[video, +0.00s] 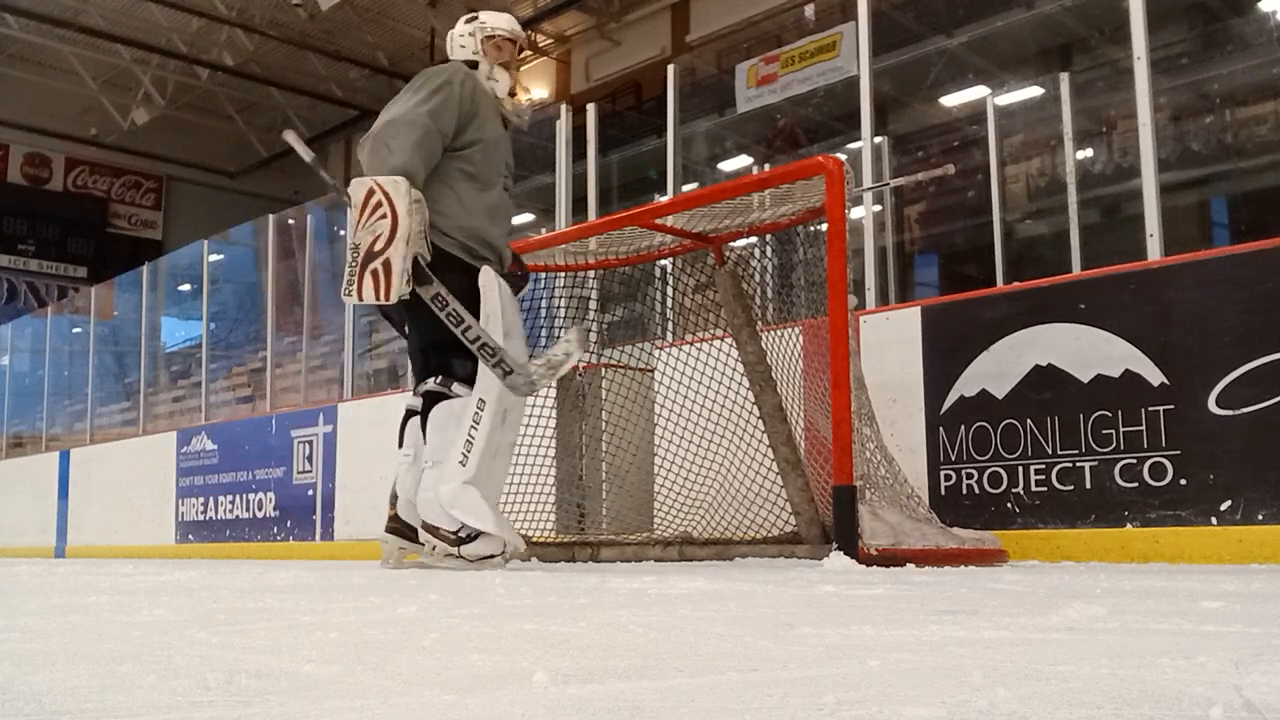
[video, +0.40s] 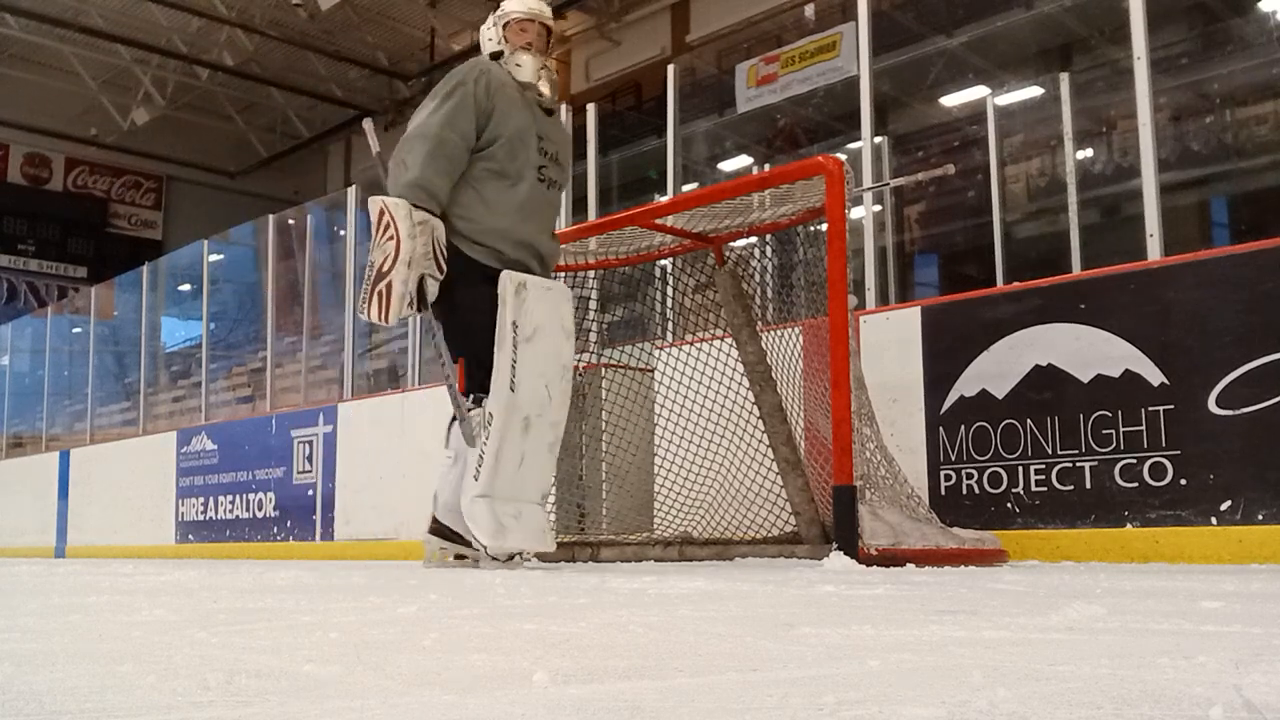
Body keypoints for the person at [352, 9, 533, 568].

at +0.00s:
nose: (509, 54)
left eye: (514, 49)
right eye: (500, 43)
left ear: (514, 57)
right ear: (471, 43)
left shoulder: (487, 111)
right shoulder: (453, 80)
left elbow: (468, 197)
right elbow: (398, 137)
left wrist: (501, 257)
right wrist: (386, 225)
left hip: (449, 261)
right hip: (445, 254)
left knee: (441, 389)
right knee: (483, 379)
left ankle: (411, 513)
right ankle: (450, 511)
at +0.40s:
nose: (525, 32)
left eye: (535, 24)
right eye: (515, 23)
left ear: (548, 35)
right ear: (499, 31)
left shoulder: (549, 110)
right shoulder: (478, 77)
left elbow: (540, 192)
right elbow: (428, 148)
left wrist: (541, 260)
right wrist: (409, 236)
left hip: (525, 267)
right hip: (469, 257)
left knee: (510, 397)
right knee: (492, 396)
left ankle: (458, 525)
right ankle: (474, 526)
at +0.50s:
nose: (533, 29)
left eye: (542, 22)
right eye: (522, 19)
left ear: (553, 34)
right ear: (503, 28)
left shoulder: (565, 113)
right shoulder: (483, 73)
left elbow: (562, 190)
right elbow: (438, 139)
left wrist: (553, 246)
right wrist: (422, 218)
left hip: (545, 268)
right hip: (482, 255)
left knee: (542, 396)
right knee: (501, 390)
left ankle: (519, 527)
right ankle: (480, 524)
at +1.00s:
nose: (574, 13)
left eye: (585, 5)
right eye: (562, 5)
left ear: (603, 16)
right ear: (543, 15)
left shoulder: (639, 96)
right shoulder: (515, 78)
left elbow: (646, 198)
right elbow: (476, 164)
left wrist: (670, 250)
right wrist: (470, 237)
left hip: (623, 277)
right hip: (536, 267)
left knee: (662, 382)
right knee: (562, 383)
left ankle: (657, 530)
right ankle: (531, 534)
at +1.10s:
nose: (598, 18)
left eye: (609, 9)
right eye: (586, 9)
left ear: (626, 18)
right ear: (567, 19)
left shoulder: (662, 96)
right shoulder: (533, 80)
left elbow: (678, 180)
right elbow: (495, 160)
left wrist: (711, 234)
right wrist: (483, 227)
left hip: (640, 271)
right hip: (551, 266)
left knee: (676, 392)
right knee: (558, 395)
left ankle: (675, 532)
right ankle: (530, 536)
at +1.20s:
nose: (626, 24)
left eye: (637, 15)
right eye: (614, 14)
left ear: (654, 21)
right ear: (594, 19)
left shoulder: (690, 95)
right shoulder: (555, 80)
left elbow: (703, 173)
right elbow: (517, 148)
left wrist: (735, 232)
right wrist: (502, 210)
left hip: (660, 275)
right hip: (565, 270)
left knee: (696, 396)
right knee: (554, 401)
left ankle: (702, 530)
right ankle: (529, 534)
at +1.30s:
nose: (654, 19)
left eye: (666, 10)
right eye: (641, 9)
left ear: (682, 20)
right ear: (621, 17)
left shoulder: (715, 95)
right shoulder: (581, 78)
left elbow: (730, 179)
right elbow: (541, 155)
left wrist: (757, 237)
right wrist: (519, 215)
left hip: (680, 270)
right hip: (583, 265)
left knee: (723, 387)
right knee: (558, 395)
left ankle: (742, 529)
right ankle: (526, 535)